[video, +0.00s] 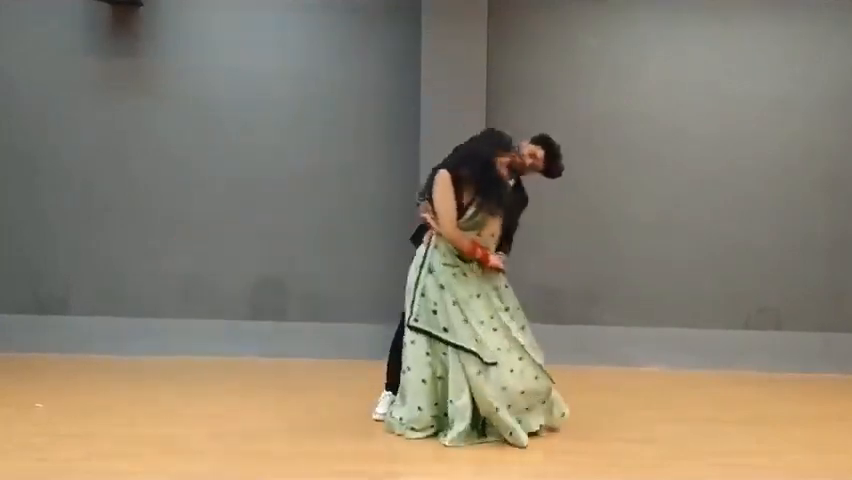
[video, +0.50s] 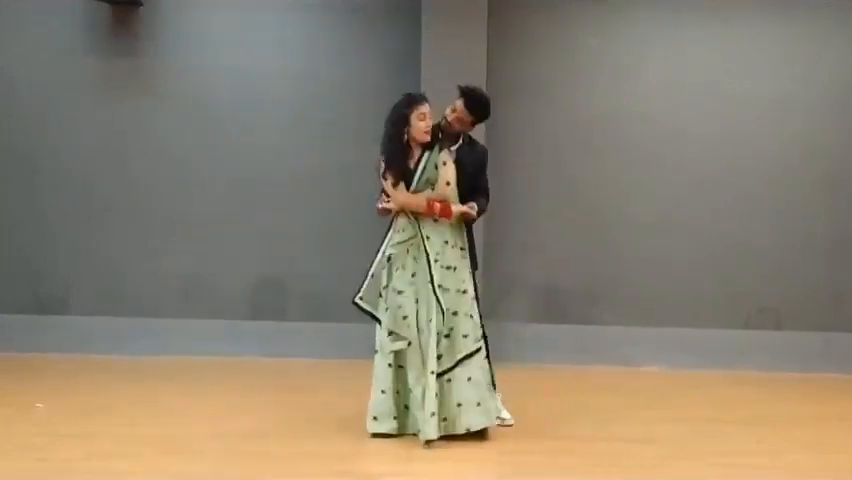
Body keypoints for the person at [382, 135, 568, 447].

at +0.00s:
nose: (507, 166)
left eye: (510, 163)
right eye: (504, 159)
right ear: (490, 157)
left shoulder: (497, 198)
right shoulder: (444, 177)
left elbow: (487, 242)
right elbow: (449, 230)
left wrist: (439, 228)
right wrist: (483, 253)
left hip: (474, 272)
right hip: (440, 267)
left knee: (481, 342)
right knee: (446, 339)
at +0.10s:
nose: (484, 161)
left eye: (487, 155)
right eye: (481, 152)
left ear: (476, 153)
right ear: (463, 147)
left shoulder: (475, 183)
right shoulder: (425, 171)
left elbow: (475, 230)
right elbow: (428, 220)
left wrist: (432, 225)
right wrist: (469, 244)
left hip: (463, 267)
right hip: (428, 265)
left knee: (475, 338)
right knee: (432, 338)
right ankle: (437, 414)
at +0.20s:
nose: (464, 151)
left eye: (467, 145)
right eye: (460, 143)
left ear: (467, 147)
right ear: (440, 140)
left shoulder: (461, 177)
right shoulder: (409, 167)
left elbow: (462, 224)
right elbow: (412, 212)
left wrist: (419, 213)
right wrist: (458, 235)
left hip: (454, 264)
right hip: (416, 263)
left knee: (464, 337)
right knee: (416, 337)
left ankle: (466, 416)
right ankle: (417, 413)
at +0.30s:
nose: (448, 141)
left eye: (450, 135)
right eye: (442, 133)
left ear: (452, 137)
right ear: (422, 133)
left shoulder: (450, 169)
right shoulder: (396, 165)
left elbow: (455, 214)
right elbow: (402, 208)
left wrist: (411, 209)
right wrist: (447, 223)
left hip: (445, 263)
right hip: (408, 263)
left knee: (453, 336)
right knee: (410, 338)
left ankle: (458, 416)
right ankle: (410, 414)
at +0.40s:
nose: (440, 135)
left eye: (443, 129)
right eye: (434, 127)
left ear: (444, 132)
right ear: (414, 128)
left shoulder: (446, 165)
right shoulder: (392, 163)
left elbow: (452, 208)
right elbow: (398, 205)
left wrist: (406, 204)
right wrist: (441, 213)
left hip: (443, 259)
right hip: (406, 260)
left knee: (450, 334)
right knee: (409, 336)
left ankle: (455, 417)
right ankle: (410, 415)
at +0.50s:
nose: (429, 124)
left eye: (430, 117)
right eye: (421, 118)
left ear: (433, 123)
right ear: (403, 126)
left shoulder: (442, 159)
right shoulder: (391, 164)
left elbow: (449, 199)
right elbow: (398, 203)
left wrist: (405, 198)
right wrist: (439, 206)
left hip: (442, 257)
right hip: (406, 257)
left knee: (447, 332)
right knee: (407, 333)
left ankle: (450, 414)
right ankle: (411, 414)